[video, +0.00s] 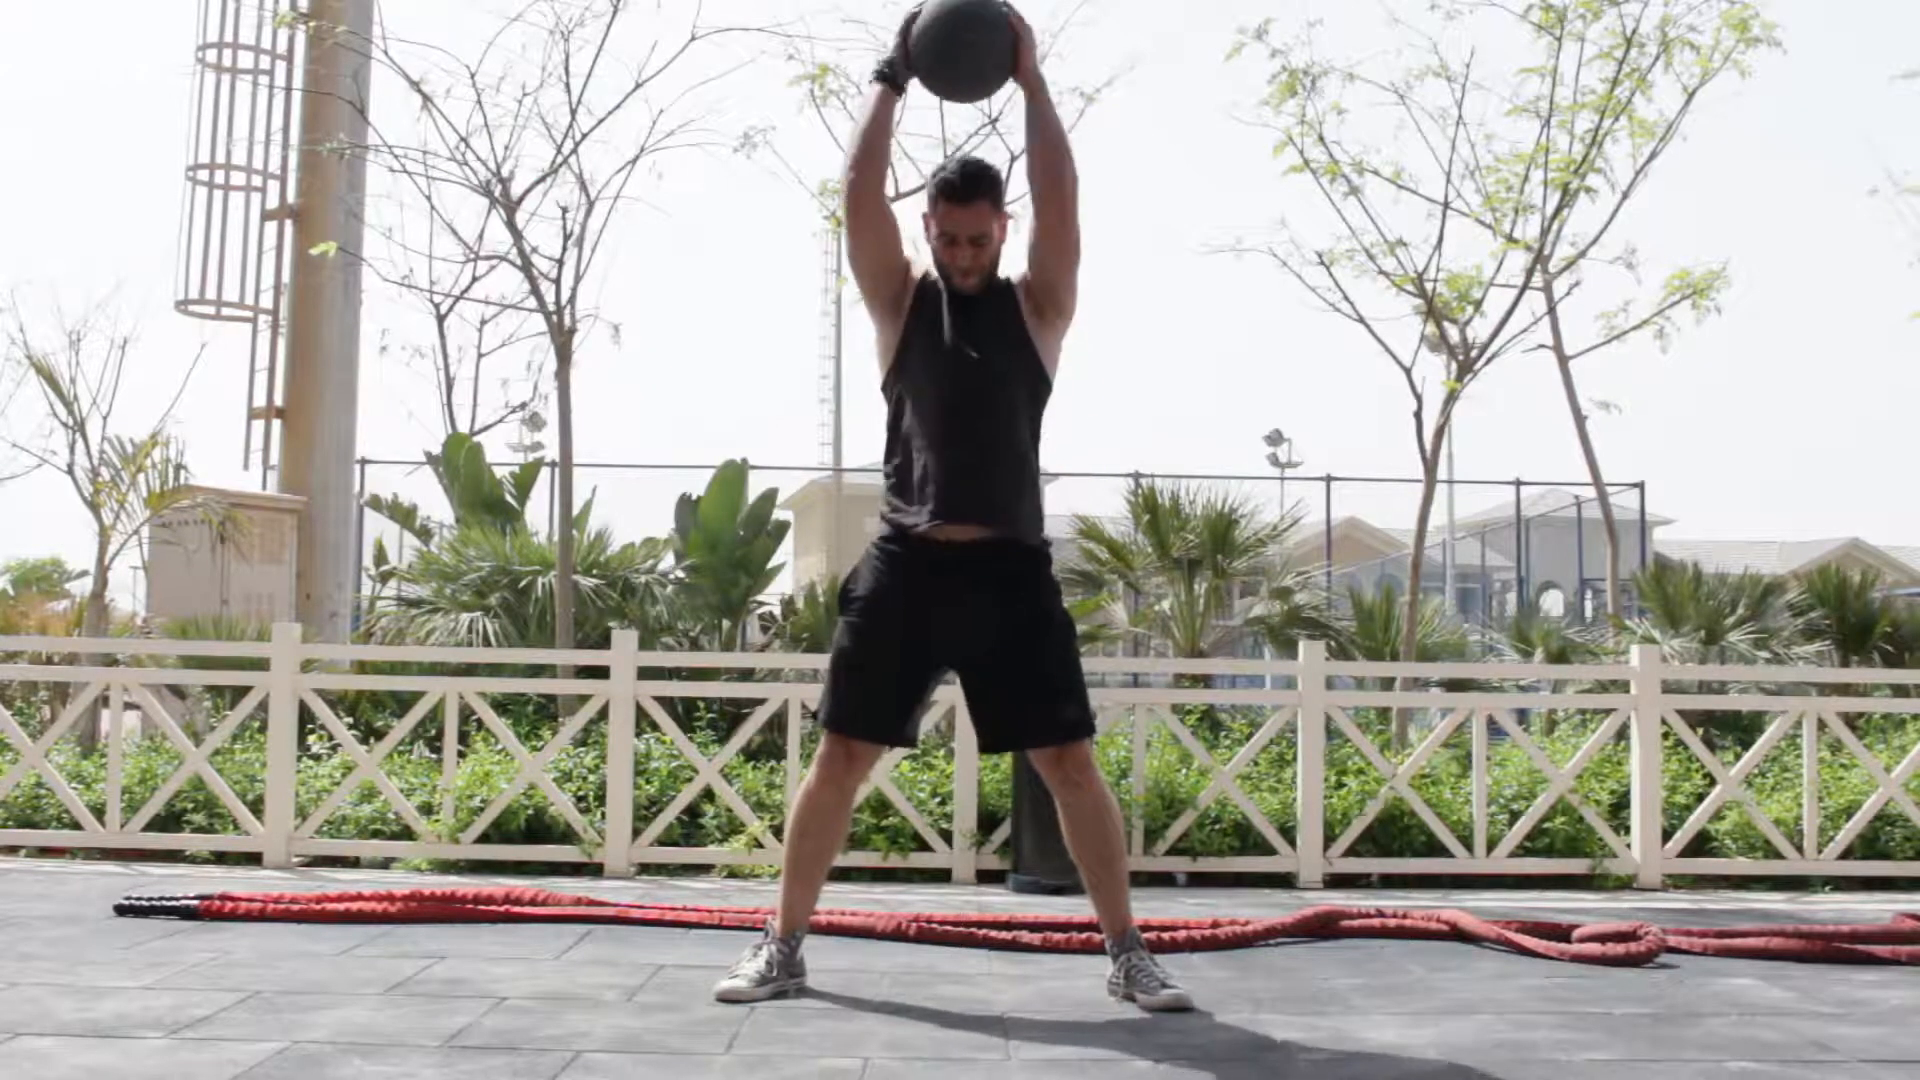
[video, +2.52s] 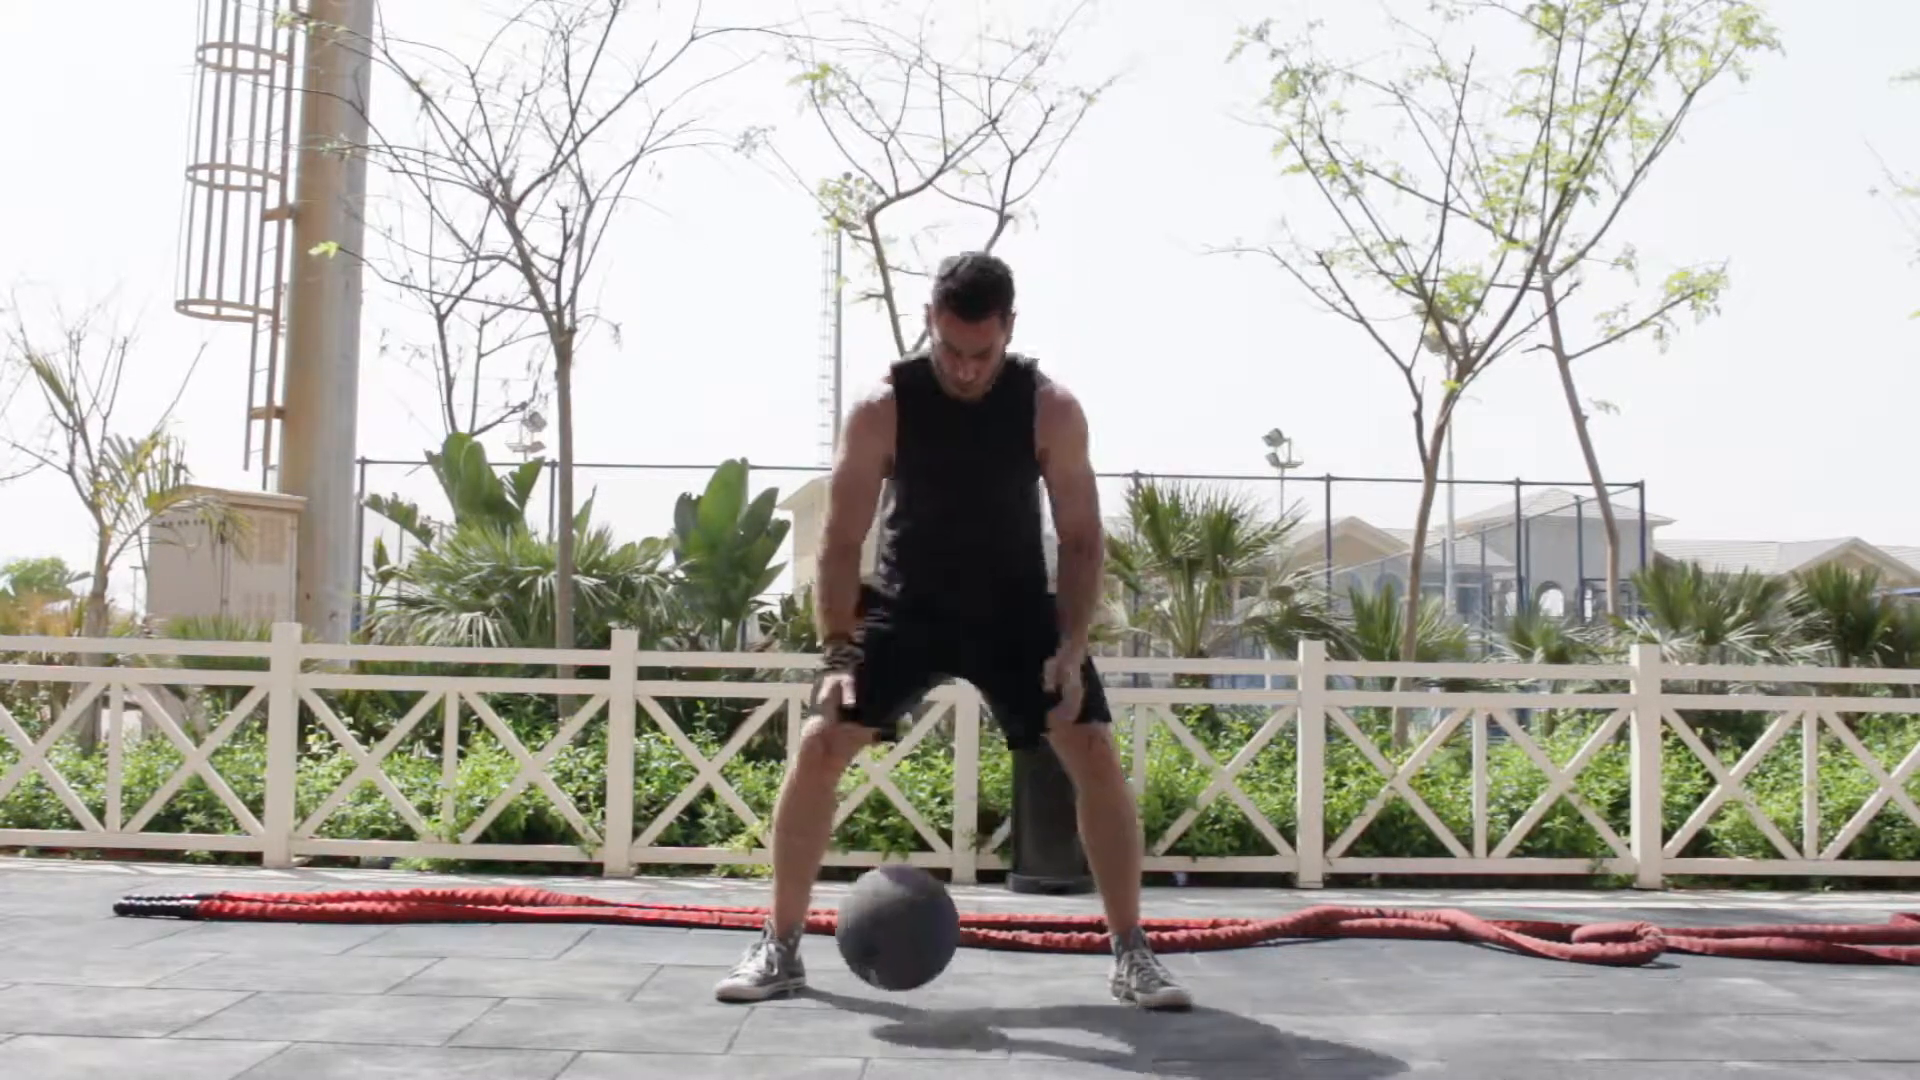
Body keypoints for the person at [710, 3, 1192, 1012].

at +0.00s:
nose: (965, 242)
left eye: (979, 228)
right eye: (950, 228)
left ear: (1005, 228)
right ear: (925, 229)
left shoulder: (1037, 312)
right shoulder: (901, 306)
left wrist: (1030, 75)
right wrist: (892, 76)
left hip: (1013, 569)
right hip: (906, 565)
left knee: (1069, 760)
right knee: (841, 756)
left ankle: (1127, 953)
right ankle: (782, 948)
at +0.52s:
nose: (957, 400)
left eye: (973, 384)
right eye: (942, 382)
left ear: (998, 359)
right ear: (917, 354)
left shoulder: (1043, 430)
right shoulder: (870, 432)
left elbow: (1074, 562)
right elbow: (834, 551)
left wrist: (1064, 681)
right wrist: (833, 669)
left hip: (1014, 626)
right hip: (904, 625)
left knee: (1101, 752)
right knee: (811, 743)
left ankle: (1132, 953)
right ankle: (780, 944)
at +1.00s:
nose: (940, 575)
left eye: (956, 560)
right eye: (927, 558)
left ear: (983, 539)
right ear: (904, 532)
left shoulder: (1024, 598)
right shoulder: (854, 596)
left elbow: (1018, 746)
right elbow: (853, 739)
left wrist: (992, 871)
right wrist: (857, 850)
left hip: (997, 741)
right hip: (893, 738)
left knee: (1112, 761)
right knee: (770, 757)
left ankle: (1132, 958)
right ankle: (777, 949)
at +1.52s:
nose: (974, 235)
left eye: (988, 223)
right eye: (961, 222)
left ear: (1012, 232)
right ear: (936, 230)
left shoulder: (1041, 315)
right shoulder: (901, 311)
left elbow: (1090, 239)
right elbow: (863, 237)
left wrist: (1047, 114)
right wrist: (905, 121)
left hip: (1016, 571)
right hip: (908, 569)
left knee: (1072, 761)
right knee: (842, 755)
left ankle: (1130, 954)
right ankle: (783, 947)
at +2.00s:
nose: (967, 245)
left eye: (981, 232)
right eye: (953, 231)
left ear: (1004, 233)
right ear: (925, 233)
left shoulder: (1037, 320)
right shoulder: (899, 311)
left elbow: (1061, 227)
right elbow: (868, 220)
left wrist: (1032, 106)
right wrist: (896, 104)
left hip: (1016, 574)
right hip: (909, 570)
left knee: (1073, 761)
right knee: (845, 754)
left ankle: (1129, 954)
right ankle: (781, 946)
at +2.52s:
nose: (969, 368)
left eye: (986, 353)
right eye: (955, 351)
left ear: (1011, 329)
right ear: (929, 323)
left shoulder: (1050, 411)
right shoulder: (881, 411)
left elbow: (1081, 536)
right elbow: (843, 538)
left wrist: (1074, 644)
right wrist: (838, 648)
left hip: (1017, 614)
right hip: (907, 613)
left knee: (1094, 752)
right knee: (819, 744)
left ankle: (1131, 951)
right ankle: (780, 949)